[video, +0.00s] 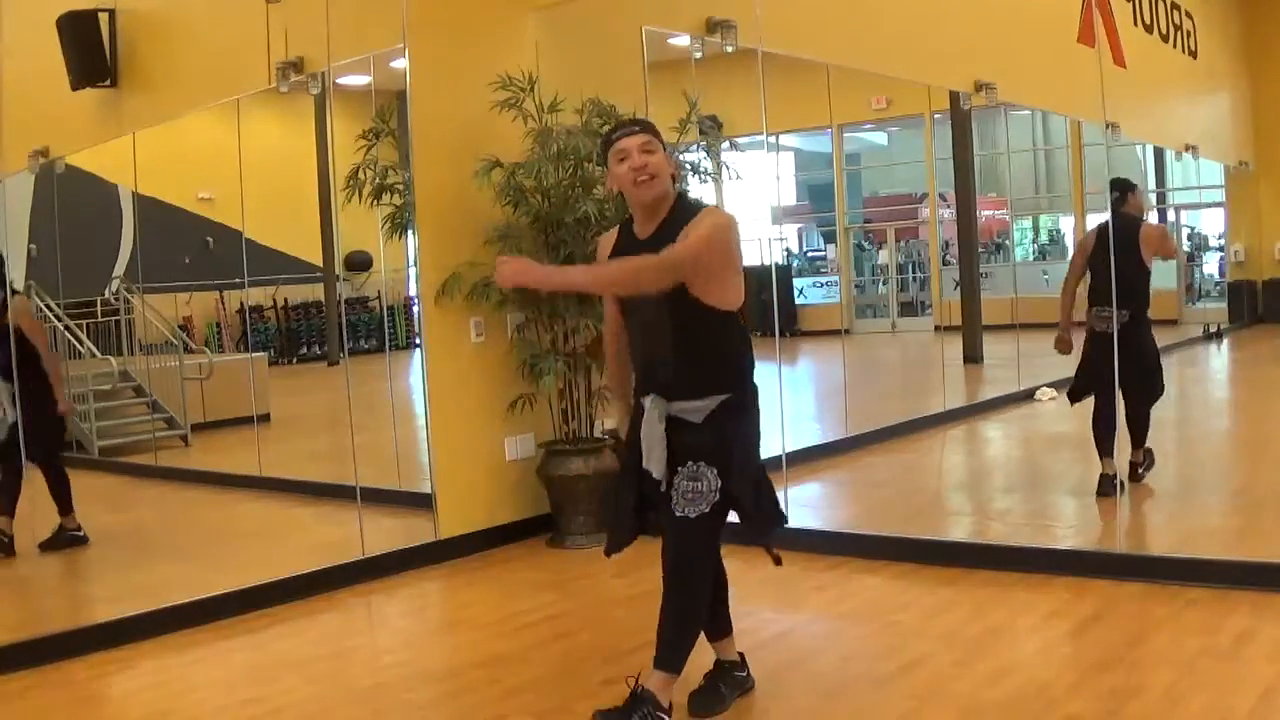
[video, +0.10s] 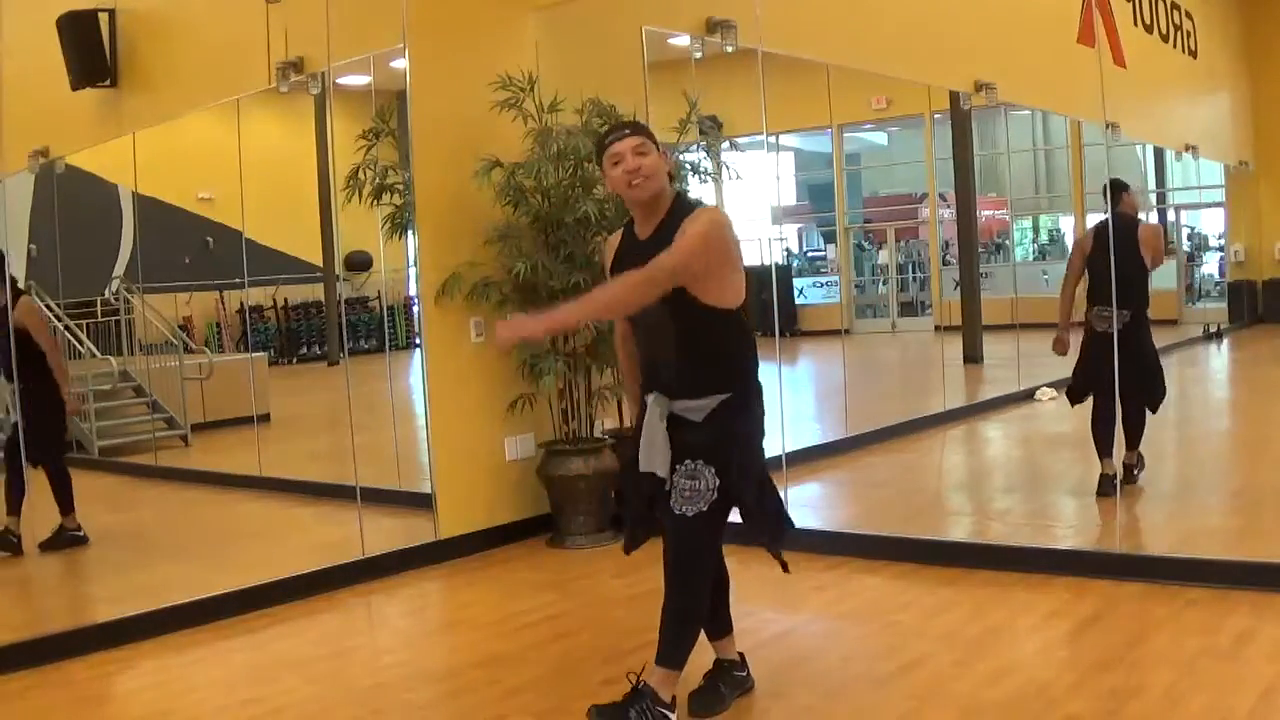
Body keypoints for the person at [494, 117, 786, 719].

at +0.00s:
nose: (638, 161)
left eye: (648, 150)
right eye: (623, 158)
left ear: (672, 163)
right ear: (613, 182)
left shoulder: (712, 226)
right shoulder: (612, 248)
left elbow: (657, 273)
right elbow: (615, 338)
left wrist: (543, 275)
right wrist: (626, 410)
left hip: (717, 410)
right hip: (658, 412)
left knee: (685, 551)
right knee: (691, 544)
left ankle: (655, 697)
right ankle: (731, 663)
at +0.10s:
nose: (632, 164)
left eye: (642, 152)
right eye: (617, 161)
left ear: (666, 164)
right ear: (609, 186)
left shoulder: (707, 227)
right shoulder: (619, 249)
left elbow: (646, 286)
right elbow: (626, 337)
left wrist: (546, 321)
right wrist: (636, 413)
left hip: (721, 409)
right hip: (666, 410)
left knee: (686, 543)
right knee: (690, 538)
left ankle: (658, 695)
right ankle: (731, 663)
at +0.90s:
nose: (631, 138)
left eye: (644, 130)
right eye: (616, 134)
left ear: (670, 152)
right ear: (601, 165)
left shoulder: (722, 231)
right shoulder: (583, 254)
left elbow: (754, 340)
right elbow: (577, 359)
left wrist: (715, 440)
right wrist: (584, 451)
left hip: (712, 431)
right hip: (633, 439)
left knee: (707, 583)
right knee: (649, 573)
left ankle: (704, 705)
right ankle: (706, 643)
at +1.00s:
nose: (646, 133)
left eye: (658, 124)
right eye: (629, 129)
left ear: (681, 147)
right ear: (611, 159)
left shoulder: (731, 232)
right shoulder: (581, 250)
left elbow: (750, 334)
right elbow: (565, 362)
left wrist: (670, 390)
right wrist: (566, 465)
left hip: (714, 439)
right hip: (628, 442)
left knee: (707, 599)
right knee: (625, 589)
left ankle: (698, 707)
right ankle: (670, 641)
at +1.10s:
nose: (654, 128)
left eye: (666, 119)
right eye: (637, 123)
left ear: (687, 140)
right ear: (615, 149)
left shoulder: (732, 220)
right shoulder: (579, 240)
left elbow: (735, 307)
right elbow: (559, 353)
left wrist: (666, 284)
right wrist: (562, 461)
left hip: (710, 434)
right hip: (620, 439)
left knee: (707, 601)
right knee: (610, 609)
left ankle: (707, 712)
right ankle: (640, 683)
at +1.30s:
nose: (672, 126)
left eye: (683, 115)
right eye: (653, 116)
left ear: (699, 132)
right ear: (620, 133)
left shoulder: (722, 204)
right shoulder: (569, 223)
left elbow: (665, 181)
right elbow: (560, 339)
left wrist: (584, 149)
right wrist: (597, 450)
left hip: (699, 444)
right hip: (606, 453)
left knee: (705, 616)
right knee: (596, 630)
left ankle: (704, 711)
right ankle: (589, 717)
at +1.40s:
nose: (656, 125)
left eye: (668, 115)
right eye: (636, 116)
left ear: (685, 134)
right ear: (607, 138)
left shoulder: (712, 195)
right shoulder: (557, 217)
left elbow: (651, 209)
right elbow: (552, 346)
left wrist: (558, 200)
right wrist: (610, 452)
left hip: (690, 453)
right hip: (590, 459)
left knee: (703, 629)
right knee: (591, 647)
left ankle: (705, 712)